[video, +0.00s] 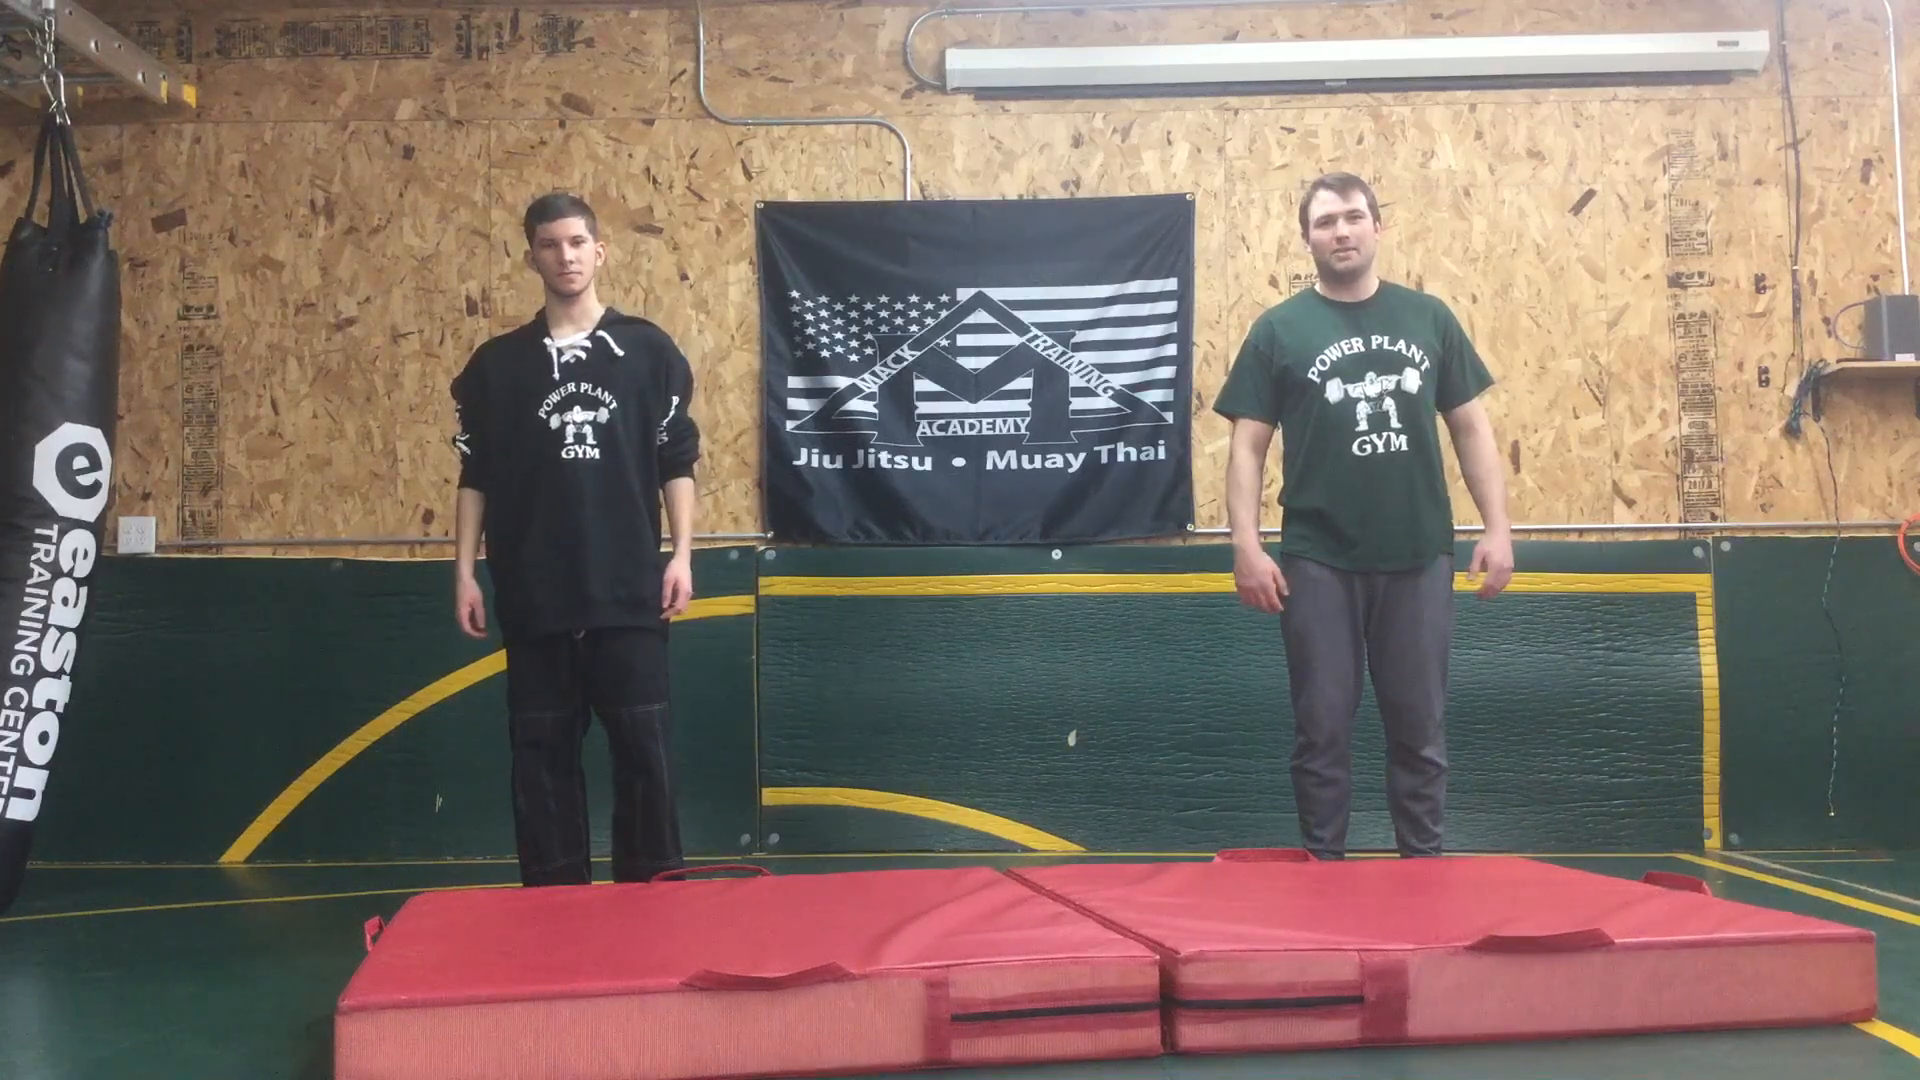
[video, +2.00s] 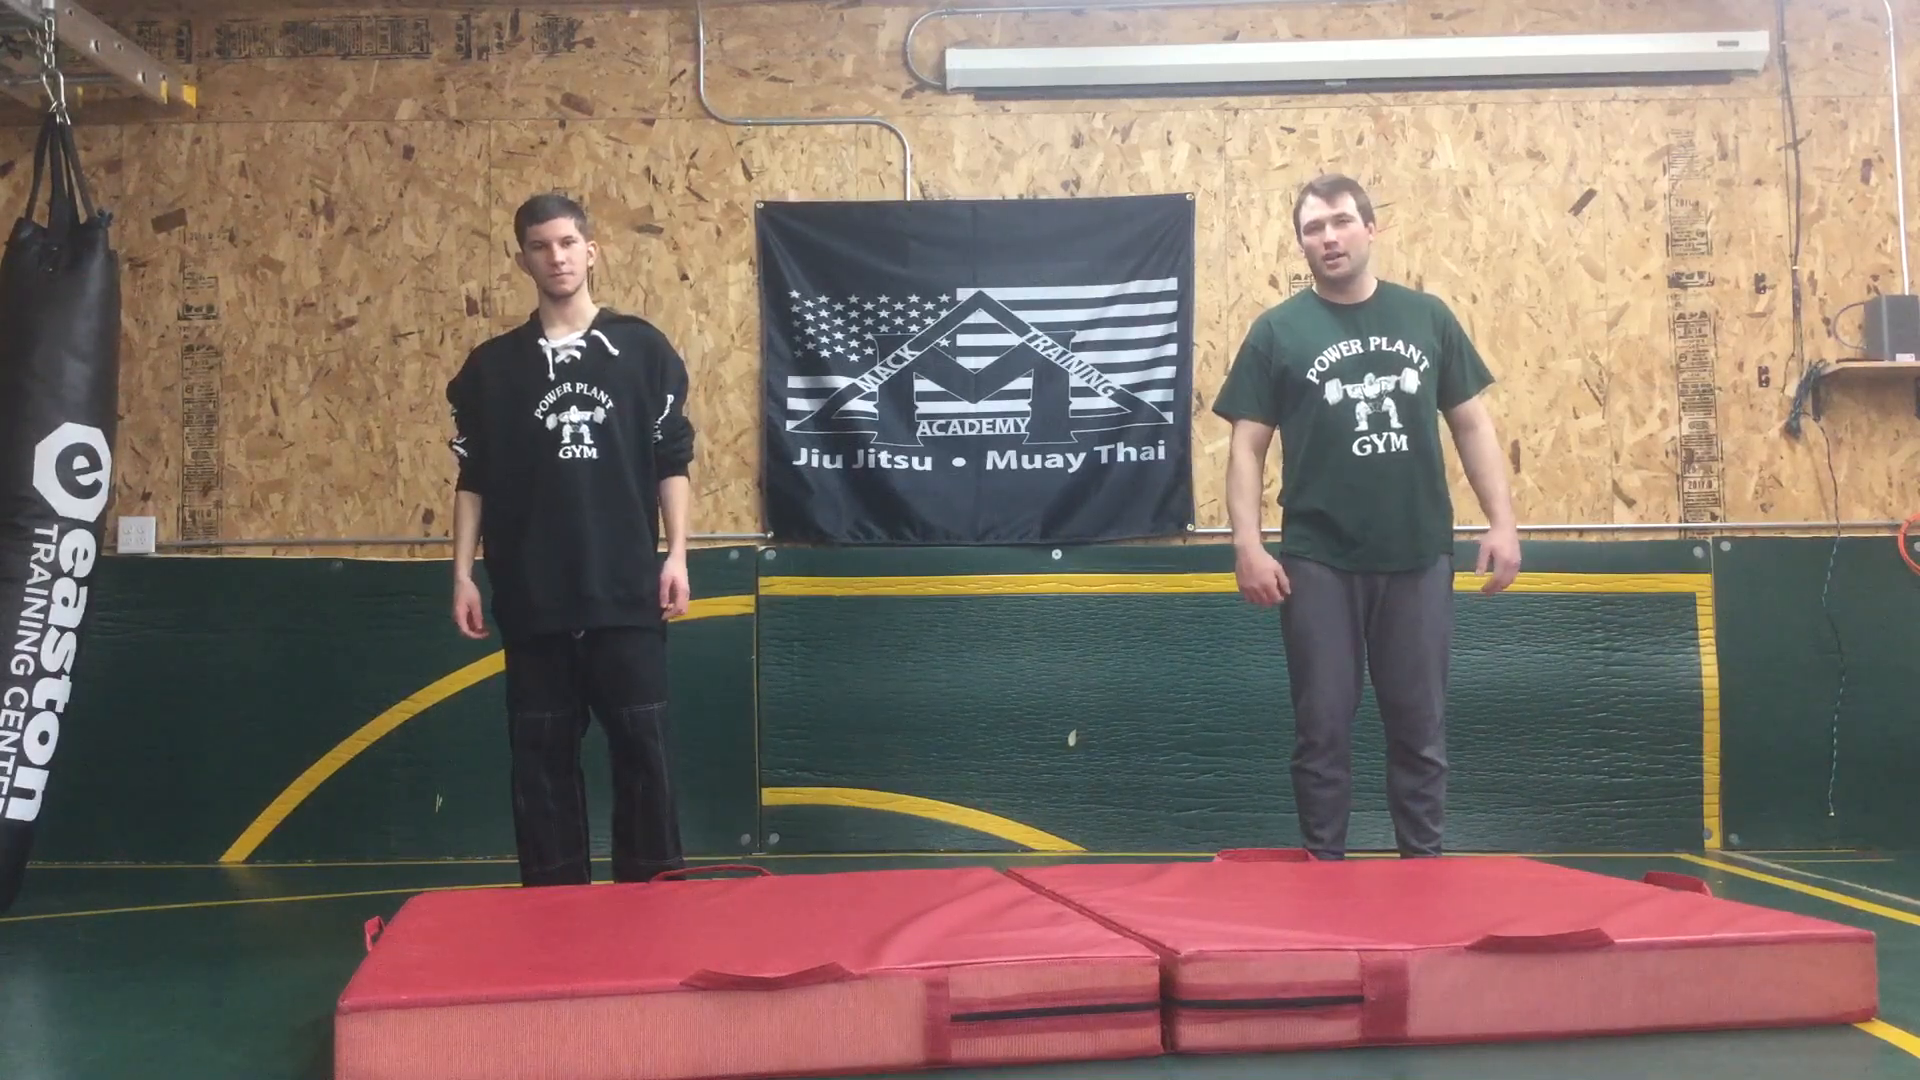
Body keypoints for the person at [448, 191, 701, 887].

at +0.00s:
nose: (566, 256)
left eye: (576, 242)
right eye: (550, 246)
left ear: (598, 250)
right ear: (533, 259)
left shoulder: (648, 349)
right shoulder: (494, 363)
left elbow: (677, 459)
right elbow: (475, 474)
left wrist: (682, 551)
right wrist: (465, 570)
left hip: (628, 584)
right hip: (532, 590)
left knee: (644, 755)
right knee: (543, 762)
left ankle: (653, 904)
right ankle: (554, 910)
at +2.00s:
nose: (557, 257)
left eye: (567, 242)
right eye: (541, 248)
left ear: (590, 250)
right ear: (524, 262)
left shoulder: (643, 347)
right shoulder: (489, 365)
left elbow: (672, 459)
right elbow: (472, 478)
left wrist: (677, 553)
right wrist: (463, 573)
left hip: (626, 583)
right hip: (530, 590)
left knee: (643, 752)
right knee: (542, 761)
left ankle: (653, 903)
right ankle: (554, 911)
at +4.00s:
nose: (566, 255)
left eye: (576, 241)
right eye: (550, 245)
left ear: (597, 251)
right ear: (532, 260)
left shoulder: (649, 349)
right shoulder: (495, 365)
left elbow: (675, 460)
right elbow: (474, 475)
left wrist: (683, 550)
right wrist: (468, 570)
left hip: (630, 581)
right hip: (533, 587)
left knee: (645, 750)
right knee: (545, 757)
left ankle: (654, 900)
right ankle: (555, 907)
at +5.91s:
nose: (559, 256)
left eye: (569, 242)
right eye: (543, 246)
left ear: (590, 251)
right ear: (525, 261)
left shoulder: (643, 350)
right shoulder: (486, 366)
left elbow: (669, 461)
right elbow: (468, 480)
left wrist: (679, 551)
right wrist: (467, 574)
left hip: (625, 585)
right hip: (529, 591)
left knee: (643, 753)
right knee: (542, 764)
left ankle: (653, 906)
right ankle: (555, 914)